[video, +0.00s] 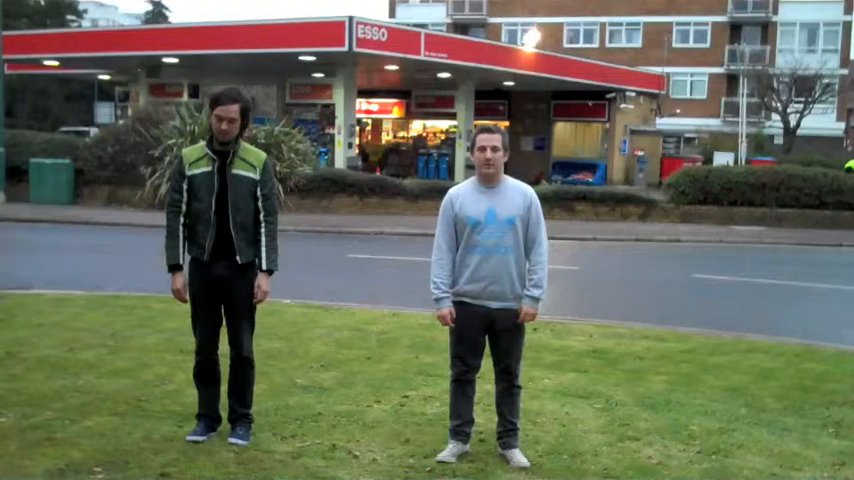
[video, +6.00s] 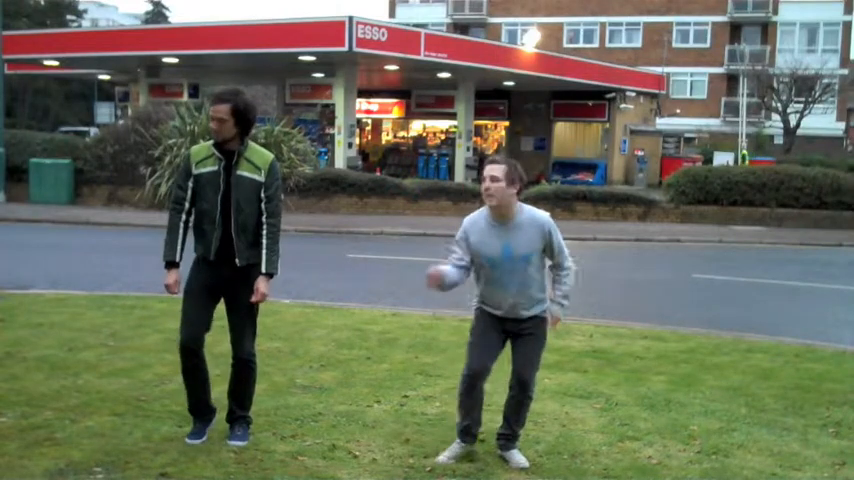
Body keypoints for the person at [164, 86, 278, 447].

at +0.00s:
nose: (224, 125)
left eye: (231, 120)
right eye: (219, 118)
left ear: (243, 123)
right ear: (210, 118)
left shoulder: (259, 163)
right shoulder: (188, 160)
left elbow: (268, 219)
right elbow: (174, 216)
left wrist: (266, 270)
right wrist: (176, 269)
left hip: (243, 270)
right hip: (202, 268)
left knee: (241, 350)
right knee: (205, 349)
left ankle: (241, 421)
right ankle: (207, 420)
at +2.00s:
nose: (230, 121)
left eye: (236, 115)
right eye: (223, 114)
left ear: (244, 119)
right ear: (210, 116)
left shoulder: (258, 162)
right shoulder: (187, 159)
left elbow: (268, 218)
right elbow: (174, 215)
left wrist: (266, 269)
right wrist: (175, 268)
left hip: (243, 269)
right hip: (201, 268)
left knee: (242, 350)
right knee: (205, 349)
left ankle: (241, 421)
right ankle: (206, 419)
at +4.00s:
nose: (219, 127)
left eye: (227, 122)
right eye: (215, 120)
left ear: (240, 124)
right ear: (207, 120)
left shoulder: (259, 164)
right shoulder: (186, 160)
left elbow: (268, 221)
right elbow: (174, 216)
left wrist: (264, 272)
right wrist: (176, 269)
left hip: (241, 271)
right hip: (200, 269)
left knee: (241, 350)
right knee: (203, 350)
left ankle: (240, 421)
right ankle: (206, 419)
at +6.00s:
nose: (212, 125)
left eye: (220, 120)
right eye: (211, 119)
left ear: (241, 123)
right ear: (209, 119)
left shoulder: (266, 165)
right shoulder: (195, 158)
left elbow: (272, 222)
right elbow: (178, 212)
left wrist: (266, 274)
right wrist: (172, 264)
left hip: (245, 271)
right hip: (205, 267)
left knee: (244, 351)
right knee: (189, 340)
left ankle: (240, 420)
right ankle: (202, 415)